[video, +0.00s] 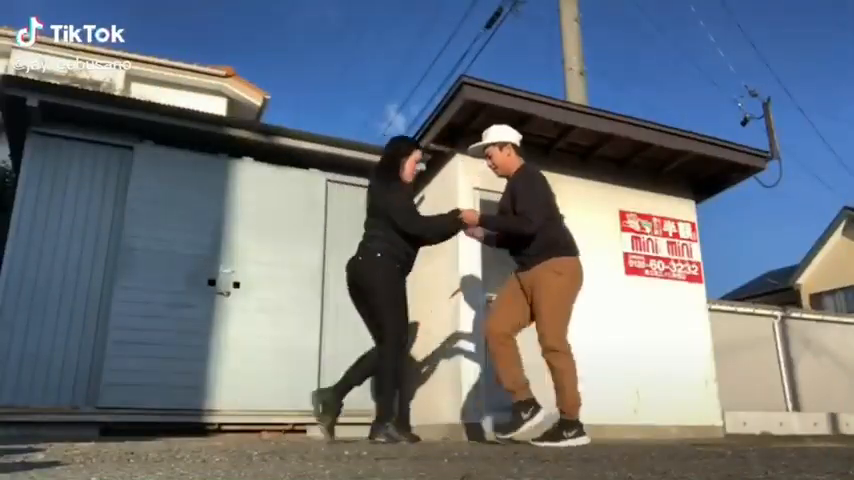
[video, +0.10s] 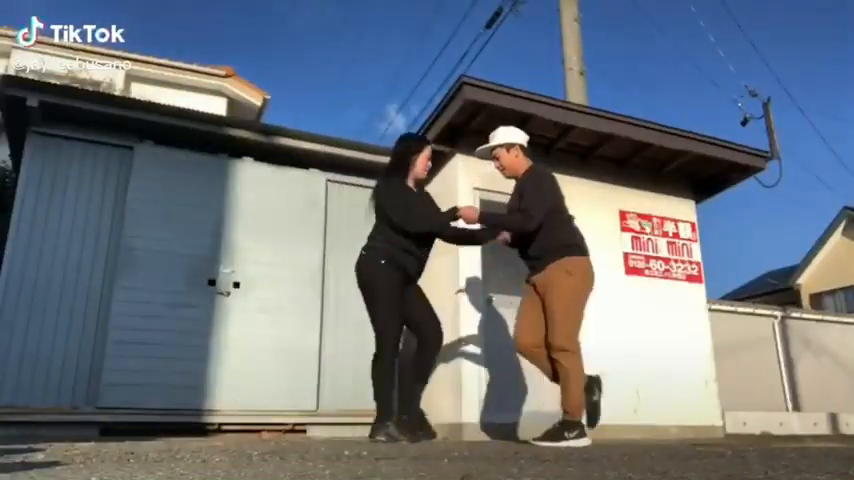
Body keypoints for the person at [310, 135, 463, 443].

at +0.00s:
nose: (417, 170)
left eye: (418, 164)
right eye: (414, 163)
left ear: (397, 161)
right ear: (399, 161)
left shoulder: (385, 189)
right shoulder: (392, 190)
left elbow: (418, 235)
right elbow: (416, 228)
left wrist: (456, 226)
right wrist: (457, 217)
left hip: (365, 269)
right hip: (380, 270)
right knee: (394, 343)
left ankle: (334, 395)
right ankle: (385, 424)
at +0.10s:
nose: (429, 164)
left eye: (430, 158)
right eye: (425, 157)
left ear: (419, 159)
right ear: (409, 157)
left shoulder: (421, 197)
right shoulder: (391, 187)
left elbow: (450, 233)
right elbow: (412, 220)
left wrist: (493, 235)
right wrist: (452, 215)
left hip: (401, 277)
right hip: (378, 269)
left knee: (431, 333)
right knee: (389, 339)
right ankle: (384, 421)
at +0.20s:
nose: (439, 161)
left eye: (439, 155)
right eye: (435, 154)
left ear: (424, 158)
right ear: (417, 155)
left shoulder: (440, 198)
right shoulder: (394, 184)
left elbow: (466, 238)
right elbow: (405, 215)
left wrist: (513, 237)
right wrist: (456, 211)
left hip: (423, 278)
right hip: (387, 271)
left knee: (445, 344)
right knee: (397, 338)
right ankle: (390, 420)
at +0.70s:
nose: (445, 154)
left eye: (445, 148)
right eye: (442, 147)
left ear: (418, 146)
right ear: (428, 146)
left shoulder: (404, 176)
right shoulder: (426, 175)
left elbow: (440, 227)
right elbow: (458, 210)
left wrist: (470, 220)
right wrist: (503, 209)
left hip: (388, 259)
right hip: (404, 259)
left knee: (436, 329)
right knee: (422, 331)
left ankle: (432, 411)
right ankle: (402, 414)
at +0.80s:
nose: (439, 152)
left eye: (439, 146)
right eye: (437, 145)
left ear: (408, 143)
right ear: (425, 144)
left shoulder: (390, 169)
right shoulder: (422, 173)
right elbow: (460, 204)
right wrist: (500, 192)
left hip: (367, 253)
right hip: (398, 253)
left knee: (403, 329)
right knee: (408, 331)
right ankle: (405, 415)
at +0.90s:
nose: (428, 154)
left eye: (428, 148)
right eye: (424, 148)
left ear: (393, 145)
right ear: (412, 147)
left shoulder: (377, 171)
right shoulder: (412, 177)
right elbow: (455, 197)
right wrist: (492, 177)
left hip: (352, 253)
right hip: (387, 254)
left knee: (369, 335)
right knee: (399, 334)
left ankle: (324, 404)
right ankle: (400, 418)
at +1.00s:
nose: (413, 154)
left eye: (413, 148)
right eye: (409, 148)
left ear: (380, 146)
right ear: (396, 147)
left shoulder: (366, 174)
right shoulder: (392, 177)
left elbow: (410, 207)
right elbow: (436, 193)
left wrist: (431, 186)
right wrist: (480, 172)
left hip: (334, 258)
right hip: (366, 260)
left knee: (336, 338)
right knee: (390, 334)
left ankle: (308, 417)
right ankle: (398, 418)